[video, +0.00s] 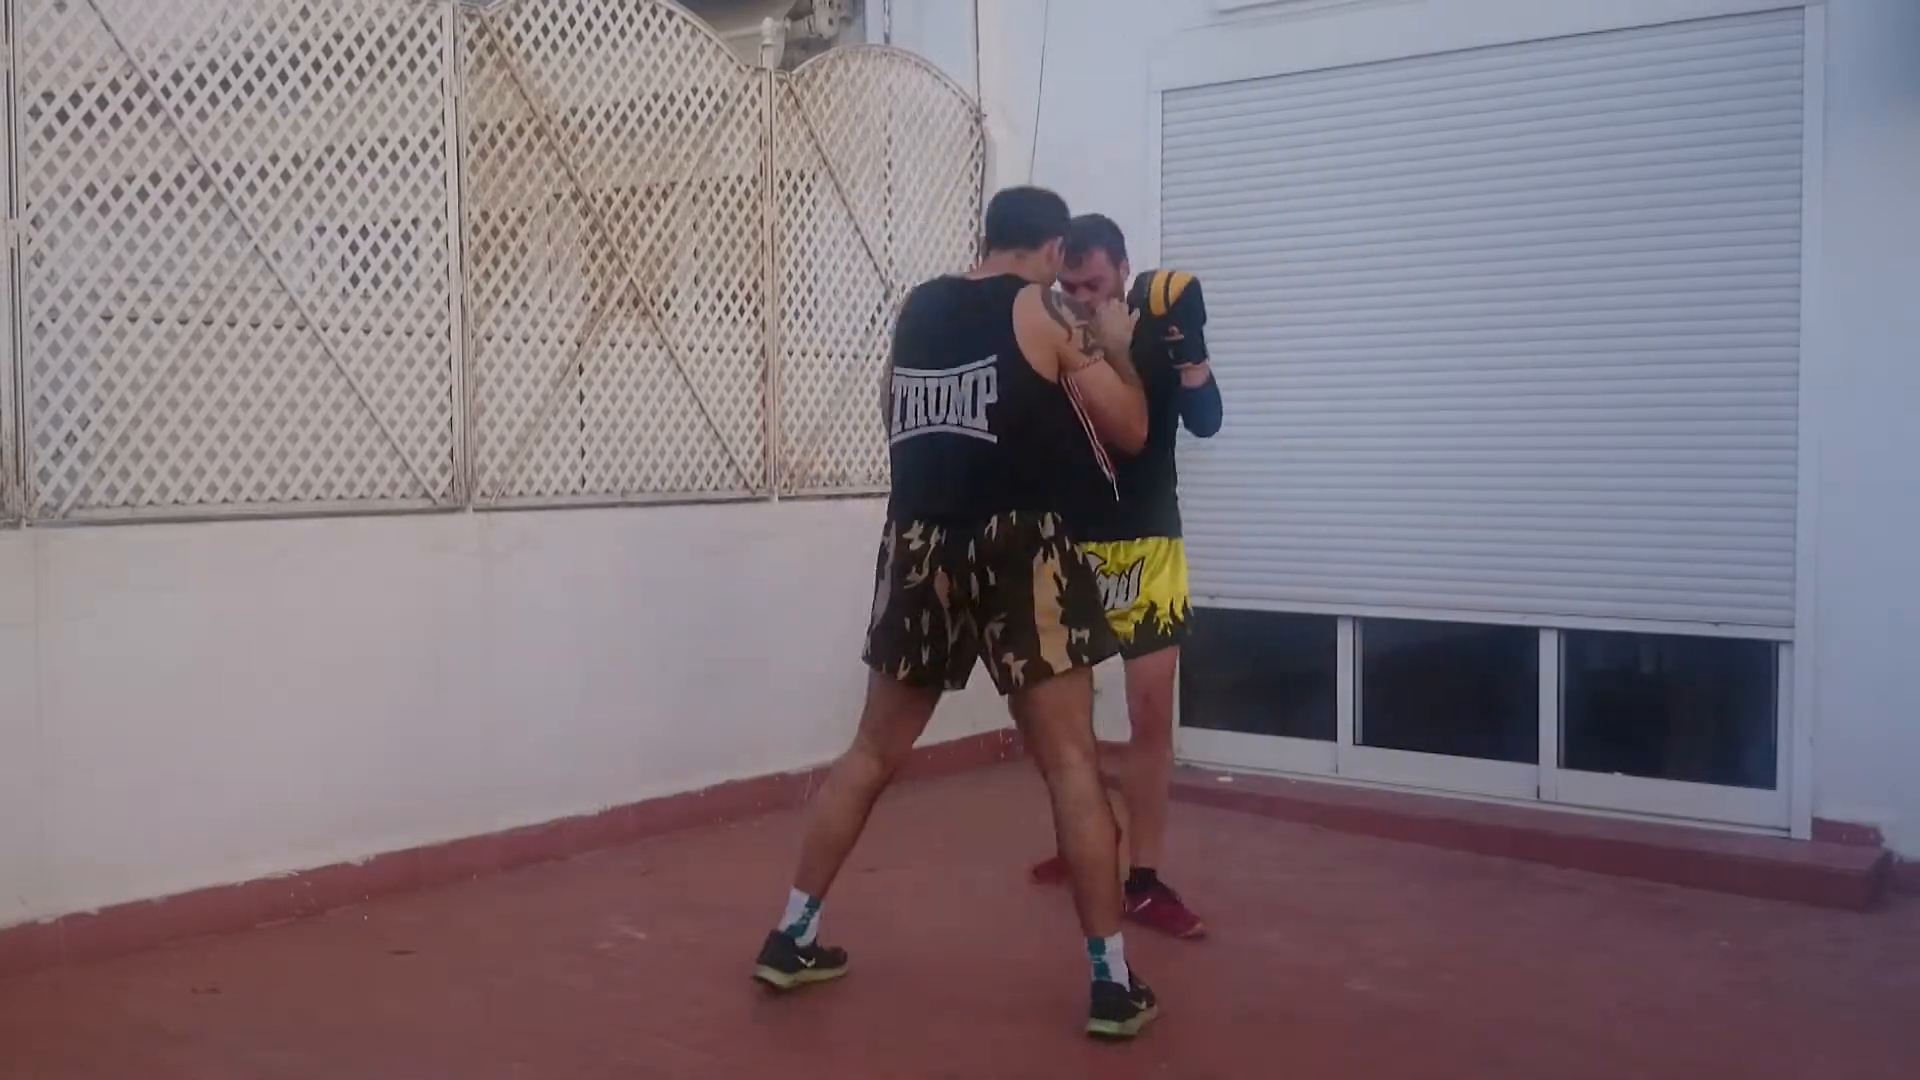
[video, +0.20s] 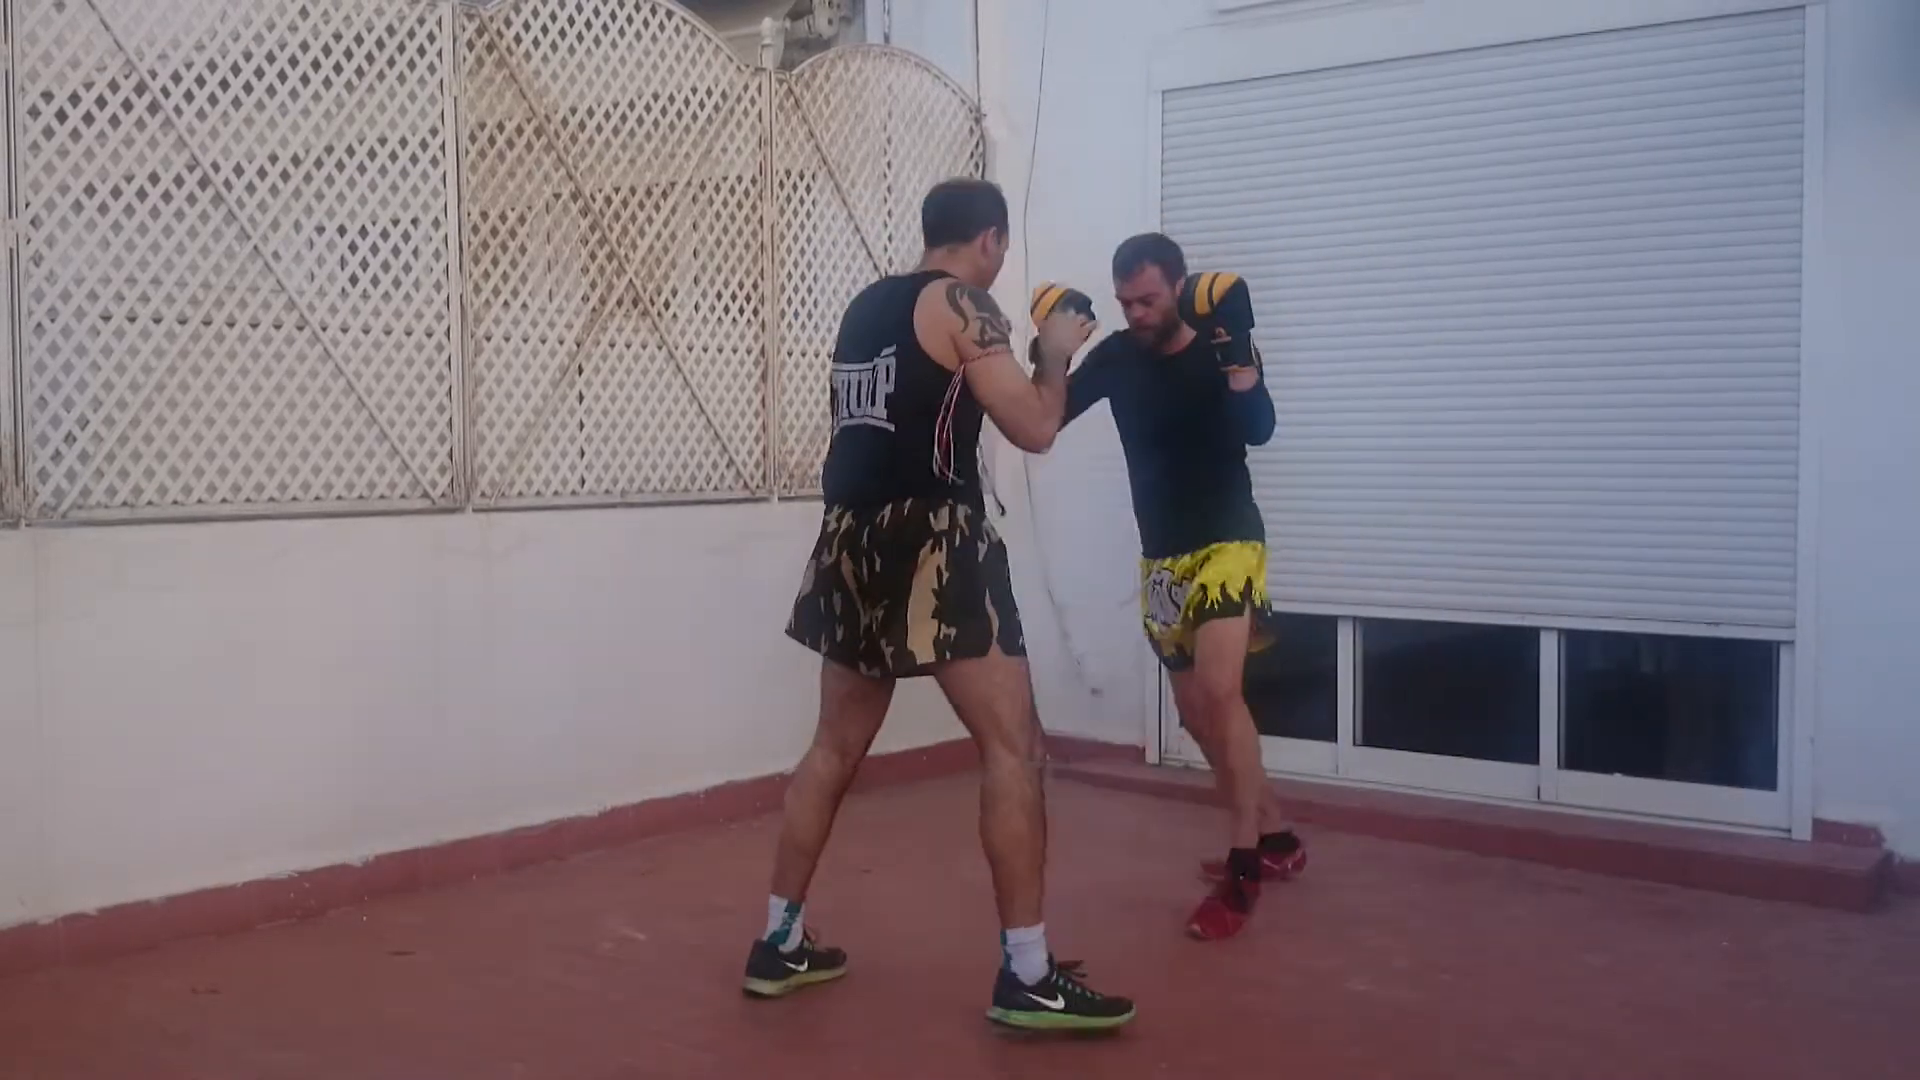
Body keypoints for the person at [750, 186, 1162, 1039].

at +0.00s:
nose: (1062, 267)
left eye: (1059, 255)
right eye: (1062, 255)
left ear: (982, 243)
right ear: (1048, 252)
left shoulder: (917, 308)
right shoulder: (1044, 319)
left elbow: (902, 416)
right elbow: (1130, 430)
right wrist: (1109, 343)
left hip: (917, 552)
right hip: (1022, 554)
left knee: (872, 753)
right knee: (1070, 764)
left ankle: (789, 936)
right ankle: (1111, 984)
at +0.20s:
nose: (1003, 263)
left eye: (1004, 251)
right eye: (1003, 249)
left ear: (926, 237)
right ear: (985, 242)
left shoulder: (866, 306)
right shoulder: (956, 305)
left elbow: (907, 411)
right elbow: (1034, 426)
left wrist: (1001, 361)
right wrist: (1056, 358)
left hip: (852, 547)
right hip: (940, 549)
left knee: (836, 746)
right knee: (1011, 746)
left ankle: (777, 940)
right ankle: (1028, 974)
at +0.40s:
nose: (988, 254)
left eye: (988, 241)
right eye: (987, 239)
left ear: (910, 232)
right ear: (967, 236)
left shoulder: (857, 302)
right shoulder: (932, 304)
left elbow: (896, 357)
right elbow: (1024, 413)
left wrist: (964, 308)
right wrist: (1057, 330)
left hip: (843, 546)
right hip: (921, 552)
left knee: (821, 748)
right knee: (973, 748)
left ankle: (775, 940)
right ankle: (907, 973)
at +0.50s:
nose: (1001, 256)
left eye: (999, 243)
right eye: (1000, 241)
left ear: (925, 234)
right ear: (978, 238)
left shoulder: (868, 301)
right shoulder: (945, 306)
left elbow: (907, 373)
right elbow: (1024, 425)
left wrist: (976, 324)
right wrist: (1062, 347)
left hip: (852, 541)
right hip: (921, 549)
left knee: (870, 745)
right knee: (942, 767)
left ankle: (782, 932)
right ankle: (895, 986)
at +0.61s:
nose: (1015, 262)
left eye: (1018, 250)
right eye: (1017, 248)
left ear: (939, 234)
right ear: (996, 241)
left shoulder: (880, 303)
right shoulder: (958, 306)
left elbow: (915, 378)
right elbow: (1042, 428)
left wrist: (985, 326)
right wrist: (1074, 353)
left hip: (862, 541)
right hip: (930, 547)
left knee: (910, 735)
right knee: (949, 765)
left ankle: (832, 912)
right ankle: (896, 987)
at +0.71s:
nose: (1029, 262)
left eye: (1029, 247)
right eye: (1030, 247)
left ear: (956, 234)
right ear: (1010, 242)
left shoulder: (894, 304)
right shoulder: (980, 309)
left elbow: (933, 382)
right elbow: (1058, 432)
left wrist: (996, 322)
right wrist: (1088, 354)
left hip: (876, 541)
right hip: (938, 548)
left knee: (912, 744)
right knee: (952, 759)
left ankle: (891, 921)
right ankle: (897, 987)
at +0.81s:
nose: (1046, 263)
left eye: (1047, 249)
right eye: (1046, 249)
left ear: (971, 236)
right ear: (1025, 243)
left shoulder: (912, 304)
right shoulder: (993, 312)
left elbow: (952, 369)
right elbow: (1067, 437)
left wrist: (1018, 321)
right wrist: (1099, 361)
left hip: (891, 545)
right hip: (951, 553)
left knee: (926, 746)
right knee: (966, 760)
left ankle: (891, 920)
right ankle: (897, 985)